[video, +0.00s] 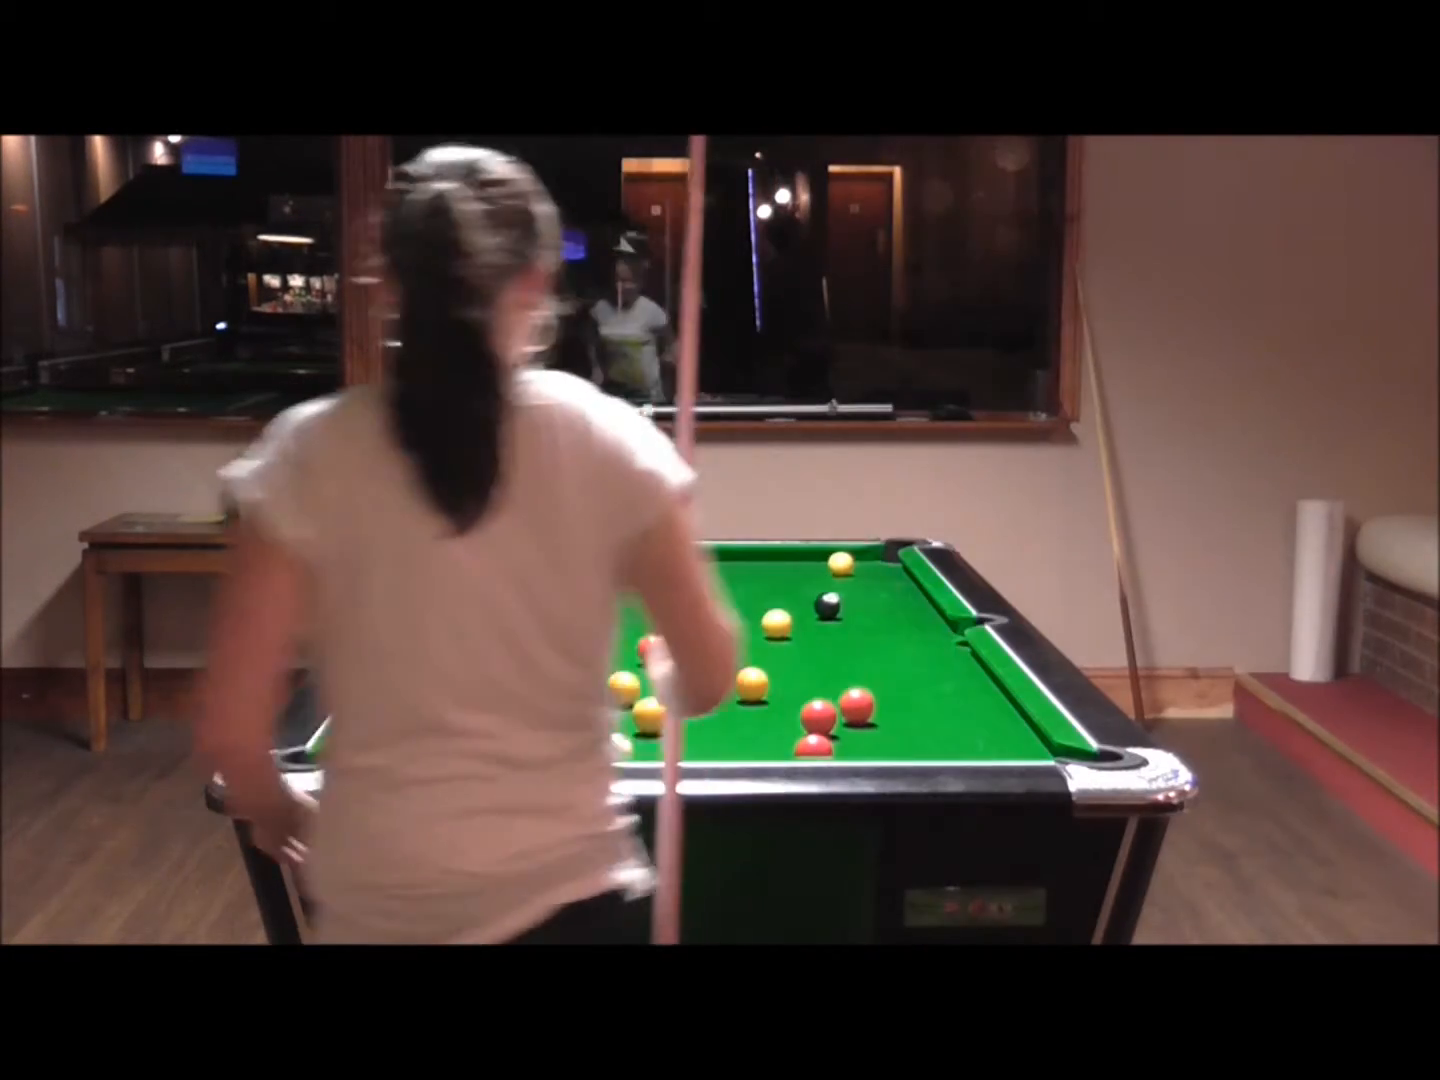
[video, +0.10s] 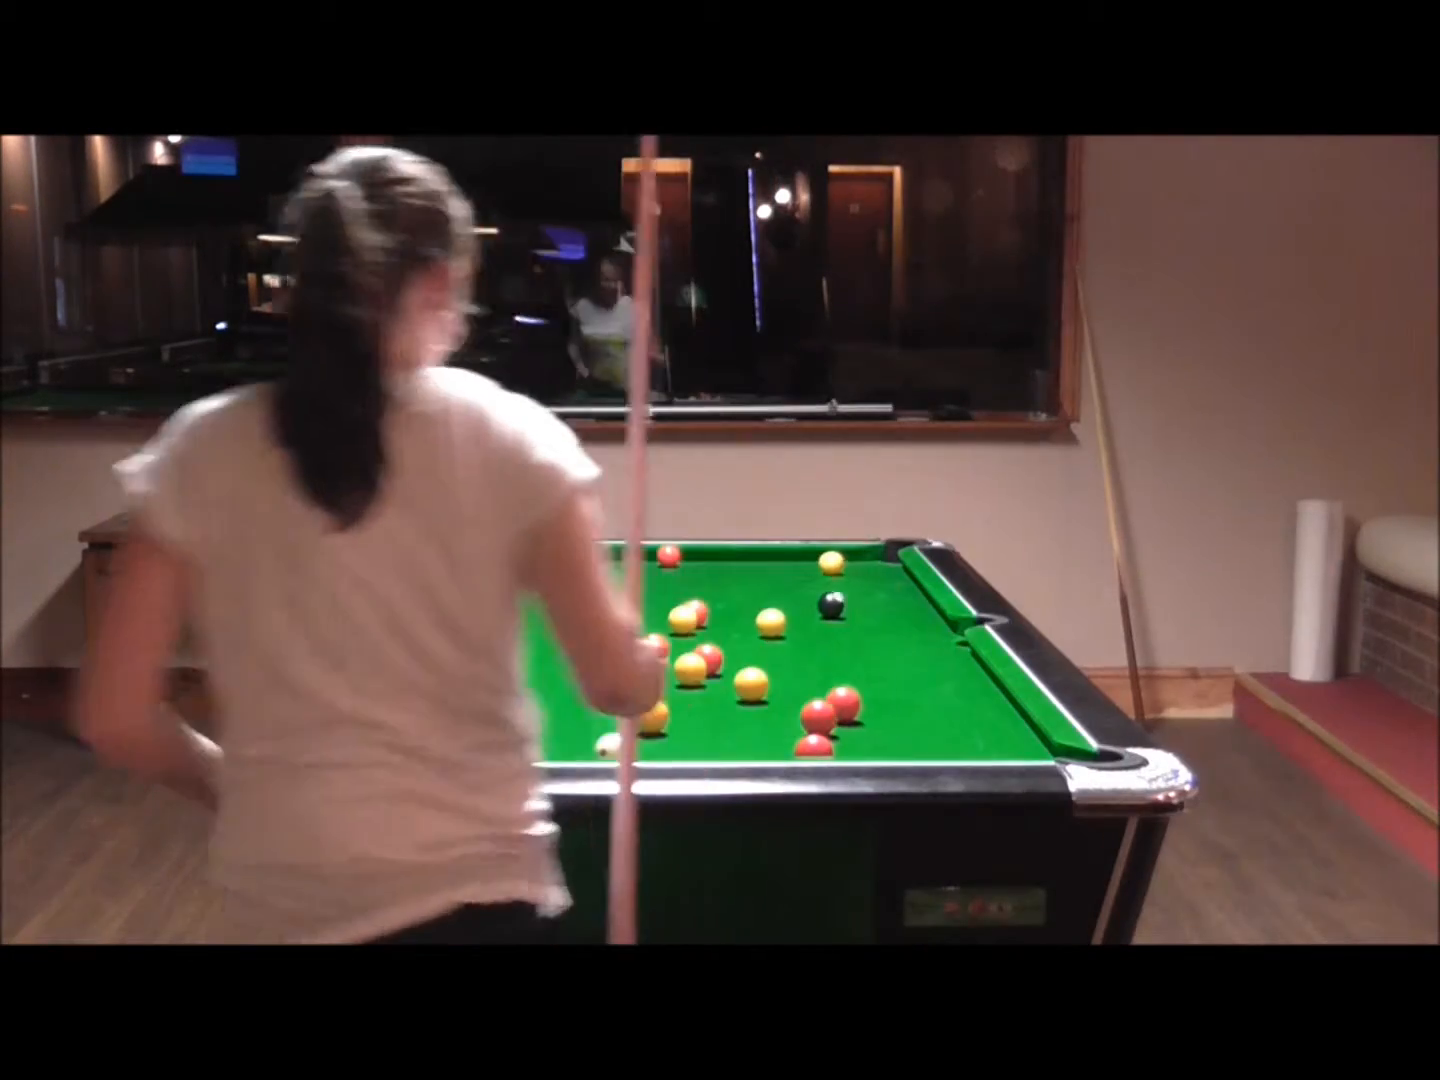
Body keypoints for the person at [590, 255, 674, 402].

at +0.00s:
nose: (625, 287)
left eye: (630, 282)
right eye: (620, 281)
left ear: (640, 284)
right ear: (613, 282)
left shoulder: (651, 311)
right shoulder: (600, 311)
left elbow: (669, 342)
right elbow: (591, 344)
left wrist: (668, 356)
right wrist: (596, 369)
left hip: (648, 391)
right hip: (613, 390)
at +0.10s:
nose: (611, 286)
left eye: (615, 281)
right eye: (606, 281)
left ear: (621, 283)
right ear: (596, 282)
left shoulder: (632, 309)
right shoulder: (582, 309)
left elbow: (647, 337)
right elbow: (573, 342)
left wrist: (655, 354)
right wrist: (580, 367)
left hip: (627, 386)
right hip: (592, 385)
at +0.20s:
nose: (593, 283)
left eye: (596, 278)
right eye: (588, 278)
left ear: (601, 280)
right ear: (576, 279)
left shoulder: (613, 305)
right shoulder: (559, 306)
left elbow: (628, 332)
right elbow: (548, 340)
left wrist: (636, 347)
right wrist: (568, 360)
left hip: (610, 377)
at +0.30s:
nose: (584, 283)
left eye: (586, 277)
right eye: (578, 277)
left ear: (590, 279)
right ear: (565, 278)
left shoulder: (600, 305)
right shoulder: (545, 304)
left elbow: (613, 335)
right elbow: (535, 342)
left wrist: (624, 352)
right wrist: (559, 356)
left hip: (599, 382)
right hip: (563, 383)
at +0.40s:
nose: (572, 286)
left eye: (574, 280)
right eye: (566, 280)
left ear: (577, 280)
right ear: (551, 280)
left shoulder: (582, 309)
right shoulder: (531, 306)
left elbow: (591, 340)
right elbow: (527, 346)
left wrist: (604, 357)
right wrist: (561, 355)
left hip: (578, 383)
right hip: (545, 384)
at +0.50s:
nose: (564, 288)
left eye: (566, 282)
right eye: (558, 282)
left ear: (569, 283)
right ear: (542, 282)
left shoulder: (571, 312)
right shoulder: (523, 308)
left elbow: (576, 345)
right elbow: (524, 349)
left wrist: (591, 362)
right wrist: (567, 354)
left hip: (566, 387)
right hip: (533, 386)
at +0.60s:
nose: (554, 285)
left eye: (555, 279)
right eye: (547, 279)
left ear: (557, 280)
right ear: (531, 281)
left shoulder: (557, 310)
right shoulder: (514, 306)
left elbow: (557, 347)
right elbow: (520, 351)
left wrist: (570, 365)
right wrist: (563, 352)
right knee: (548, 372)